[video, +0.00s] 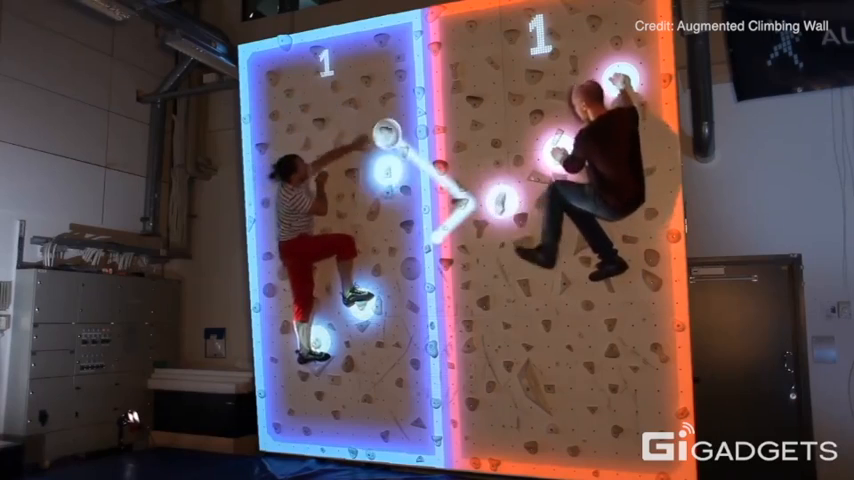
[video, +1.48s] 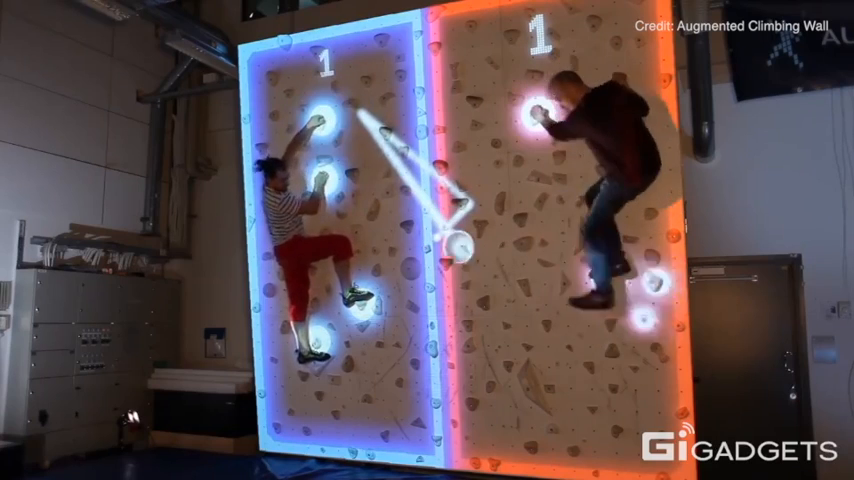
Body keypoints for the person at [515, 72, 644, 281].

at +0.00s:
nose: (576, 111)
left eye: (576, 106)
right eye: (575, 107)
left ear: (583, 106)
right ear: (602, 99)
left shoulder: (587, 136)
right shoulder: (627, 115)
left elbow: (573, 167)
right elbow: (630, 107)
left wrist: (561, 157)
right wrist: (626, 90)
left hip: (613, 206)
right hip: (637, 198)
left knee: (557, 190)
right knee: (572, 202)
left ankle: (546, 252)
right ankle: (610, 259)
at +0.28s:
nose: (565, 89)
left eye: (566, 85)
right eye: (566, 85)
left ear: (571, 86)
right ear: (591, 81)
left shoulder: (568, 117)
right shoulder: (608, 99)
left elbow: (561, 163)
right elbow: (631, 116)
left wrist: (559, 148)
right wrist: (625, 94)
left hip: (595, 190)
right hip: (621, 183)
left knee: (556, 213)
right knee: (576, 209)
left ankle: (582, 271)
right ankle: (611, 259)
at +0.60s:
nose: (560, 62)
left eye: (561, 58)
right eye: (563, 58)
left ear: (563, 59)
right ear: (585, 62)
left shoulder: (551, 91)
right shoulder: (596, 83)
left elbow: (526, 127)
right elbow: (615, 117)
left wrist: (546, 111)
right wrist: (617, 92)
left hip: (568, 168)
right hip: (595, 163)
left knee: (561, 228)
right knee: (573, 209)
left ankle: (596, 285)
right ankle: (610, 258)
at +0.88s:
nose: (555, 62)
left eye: (557, 57)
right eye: (558, 57)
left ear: (562, 59)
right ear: (583, 59)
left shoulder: (552, 90)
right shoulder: (595, 82)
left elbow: (532, 128)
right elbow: (614, 117)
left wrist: (531, 110)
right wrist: (617, 91)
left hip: (568, 166)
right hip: (595, 161)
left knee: (582, 229)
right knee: (578, 214)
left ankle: (627, 289)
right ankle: (609, 260)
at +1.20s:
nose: (556, 88)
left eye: (556, 81)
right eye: (554, 83)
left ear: (565, 76)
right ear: (579, 69)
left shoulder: (573, 99)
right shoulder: (608, 84)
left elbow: (552, 129)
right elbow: (632, 112)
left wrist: (539, 117)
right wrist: (621, 87)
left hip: (607, 173)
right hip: (629, 165)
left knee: (610, 235)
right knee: (584, 200)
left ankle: (655, 287)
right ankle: (614, 259)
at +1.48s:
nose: (562, 105)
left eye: (561, 99)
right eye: (559, 101)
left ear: (570, 90)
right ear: (578, 83)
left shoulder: (583, 116)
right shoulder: (613, 89)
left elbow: (561, 132)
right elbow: (643, 108)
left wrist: (545, 120)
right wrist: (624, 87)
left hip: (630, 176)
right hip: (650, 162)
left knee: (593, 227)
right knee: (594, 197)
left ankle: (602, 291)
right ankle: (616, 261)